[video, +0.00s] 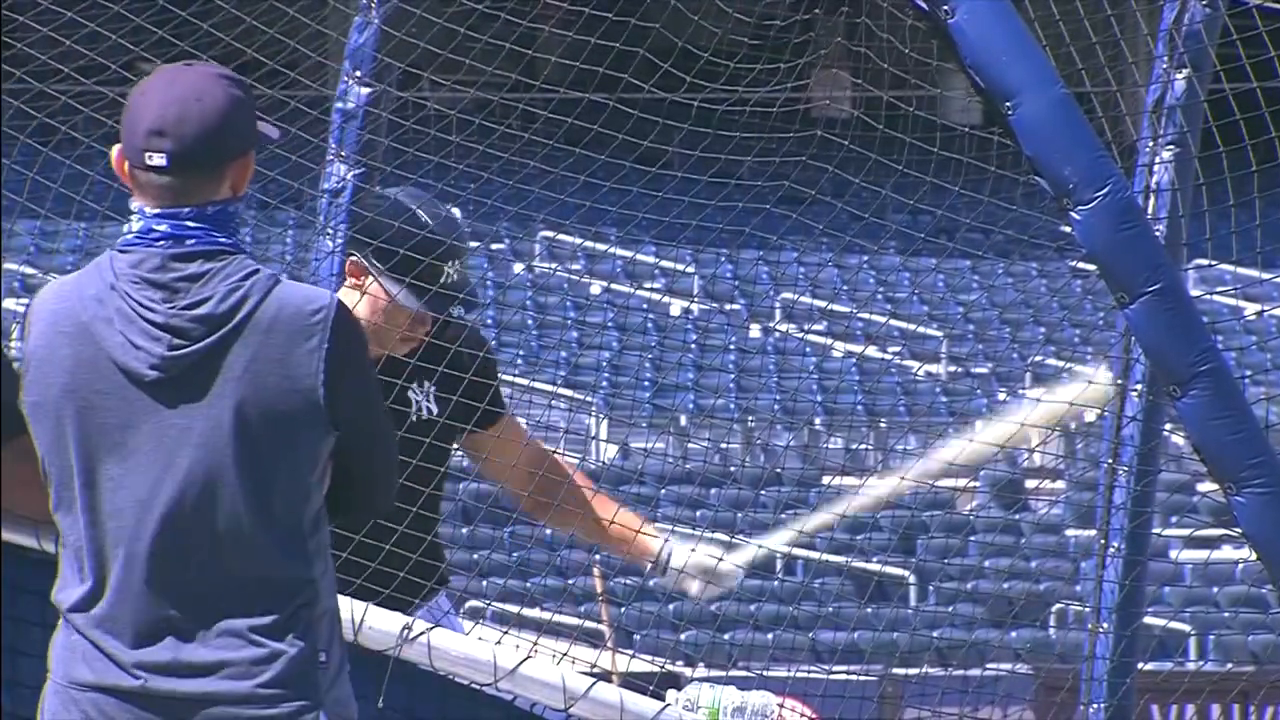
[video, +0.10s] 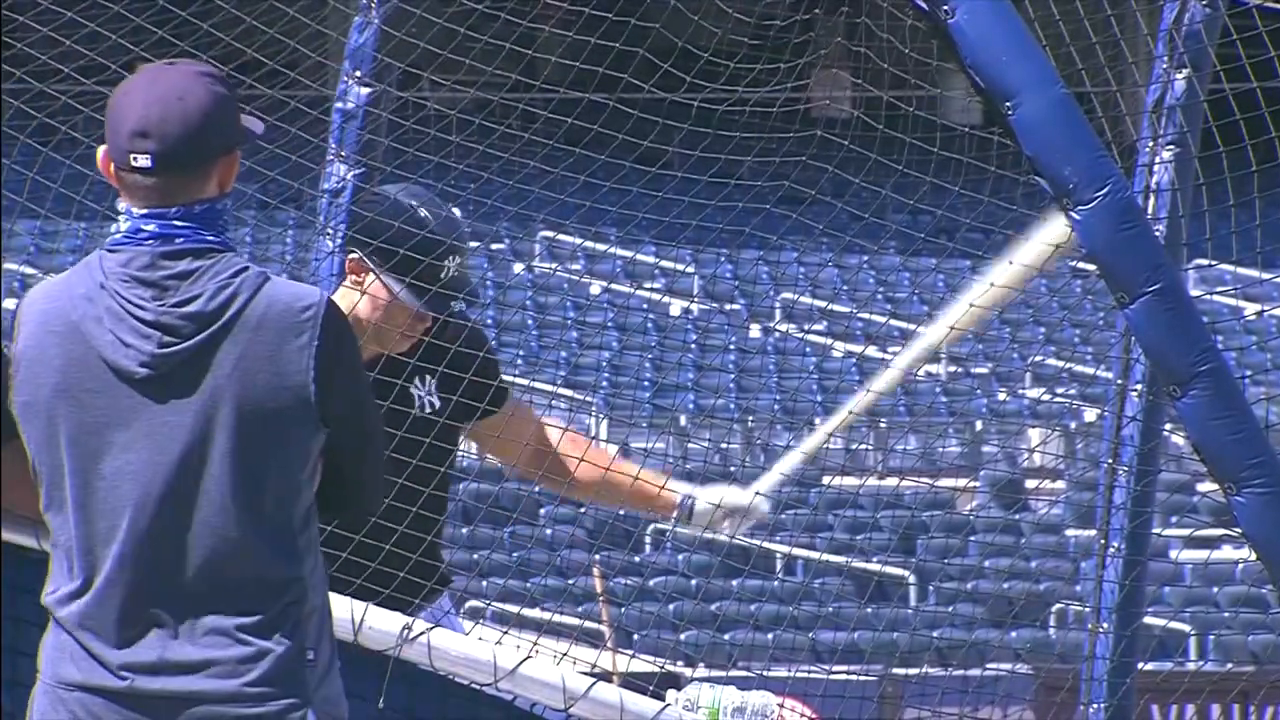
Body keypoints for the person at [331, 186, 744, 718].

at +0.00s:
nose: (427, 325)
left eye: (438, 307)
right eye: (414, 304)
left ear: (450, 295)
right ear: (354, 276)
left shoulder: (452, 353)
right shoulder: (286, 347)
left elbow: (533, 473)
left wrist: (660, 548)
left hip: (418, 618)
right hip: (302, 612)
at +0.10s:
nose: (426, 319)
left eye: (436, 303)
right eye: (415, 299)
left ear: (447, 293)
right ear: (355, 272)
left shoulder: (449, 351)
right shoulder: (285, 345)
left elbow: (540, 451)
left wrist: (681, 501)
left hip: (419, 628)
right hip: (301, 622)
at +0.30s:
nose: (469, 319)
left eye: (462, 296)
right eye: (448, 295)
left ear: (471, 305)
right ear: (393, 277)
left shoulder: (488, 366)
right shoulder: (318, 357)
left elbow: (605, 435)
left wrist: (748, 465)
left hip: (439, 649)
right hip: (317, 635)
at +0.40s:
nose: (493, 322)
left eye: (503, 304)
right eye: (479, 300)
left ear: (512, 301)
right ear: (421, 282)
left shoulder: (513, 369)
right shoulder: (339, 368)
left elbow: (630, 452)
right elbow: (301, 520)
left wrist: (768, 492)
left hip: (447, 657)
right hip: (334, 646)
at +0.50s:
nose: (517, 315)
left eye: (524, 299)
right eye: (500, 297)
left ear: (533, 297)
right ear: (437, 281)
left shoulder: (529, 375)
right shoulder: (353, 365)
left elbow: (625, 480)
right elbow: (300, 512)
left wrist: (756, 550)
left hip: (451, 646)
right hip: (335, 632)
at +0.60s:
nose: (528, 309)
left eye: (535, 293)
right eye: (511, 290)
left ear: (544, 294)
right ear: (449, 279)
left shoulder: (541, 382)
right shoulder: (360, 366)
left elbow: (609, 520)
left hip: (461, 651)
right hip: (341, 635)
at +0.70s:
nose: (542, 297)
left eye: (547, 280)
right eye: (524, 277)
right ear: (462, 269)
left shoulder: (548, 379)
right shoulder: (371, 356)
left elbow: (576, 537)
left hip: (475, 651)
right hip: (355, 636)